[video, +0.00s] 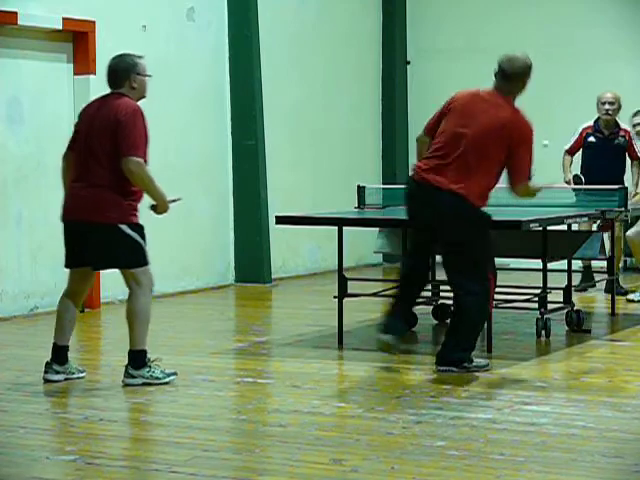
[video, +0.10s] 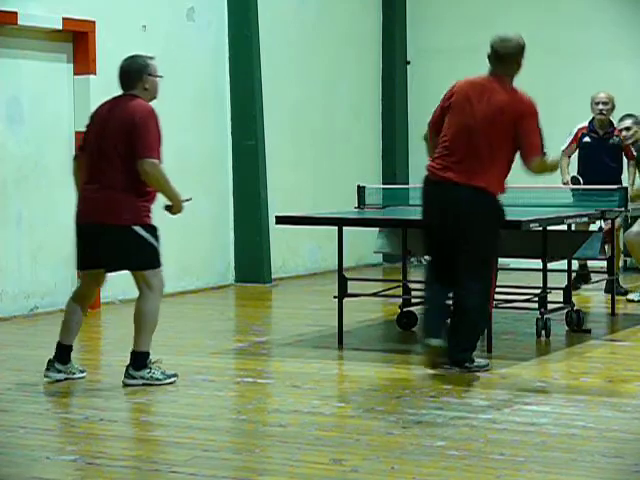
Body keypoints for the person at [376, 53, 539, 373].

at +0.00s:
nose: (521, 85)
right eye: (524, 80)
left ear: (495, 75)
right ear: (524, 83)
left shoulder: (462, 98)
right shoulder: (518, 125)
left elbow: (424, 139)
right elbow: (519, 187)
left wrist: (426, 177)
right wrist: (532, 190)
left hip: (421, 193)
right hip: (460, 206)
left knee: (419, 257)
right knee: (476, 282)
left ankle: (395, 325)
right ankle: (454, 357)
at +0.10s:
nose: (520, 66)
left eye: (516, 59)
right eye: (521, 61)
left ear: (490, 59)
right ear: (519, 63)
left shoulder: (462, 88)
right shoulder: (521, 105)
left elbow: (432, 133)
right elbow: (534, 163)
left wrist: (445, 168)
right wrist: (556, 162)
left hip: (437, 191)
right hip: (479, 199)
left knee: (440, 264)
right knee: (477, 276)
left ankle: (432, 335)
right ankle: (460, 356)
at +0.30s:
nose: (515, 59)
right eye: (516, 54)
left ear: (484, 57)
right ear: (515, 56)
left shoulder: (465, 96)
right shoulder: (527, 93)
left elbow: (454, 147)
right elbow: (546, 148)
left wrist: (490, 151)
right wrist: (565, 147)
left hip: (466, 199)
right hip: (511, 200)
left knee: (474, 281)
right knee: (514, 283)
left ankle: (472, 367)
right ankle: (488, 360)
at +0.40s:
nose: (511, 63)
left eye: (503, 57)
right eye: (521, 57)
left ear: (497, 59)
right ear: (528, 59)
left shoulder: (477, 99)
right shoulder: (542, 98)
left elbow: (463, 156)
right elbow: (561, 158)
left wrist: (497, 163)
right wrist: (553, 150)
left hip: (478, 203)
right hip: (526, 204)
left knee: (475, 285)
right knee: (545, 275)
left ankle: (474, 369)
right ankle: (533, 354)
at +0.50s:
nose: (539, 65)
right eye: (544, 58)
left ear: (516, 60)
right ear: (547, 61)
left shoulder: (492, 99)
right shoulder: (562, 101)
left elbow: (470, 157)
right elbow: (580, 159)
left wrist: (483, 190)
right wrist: (563, 177)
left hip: (492, 204)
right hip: (542, 207)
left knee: (477, 287)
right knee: (568, 281)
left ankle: (473, 370)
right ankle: (573, 352)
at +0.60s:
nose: (557, 69)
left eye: (547, 63)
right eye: (563, 63)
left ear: (538, 65)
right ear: (570, 67)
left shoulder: (513, 102)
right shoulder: (586, 106)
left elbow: (482, 156)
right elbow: (598, 169)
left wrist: (481, 206)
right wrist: (565, 183)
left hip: (514, 210)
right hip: (565, 214)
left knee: (489, 289)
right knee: (582, 293)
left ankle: (474, 368)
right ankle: (611, 365)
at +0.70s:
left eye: (571, 69)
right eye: (588, 71)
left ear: (562, 71)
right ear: (594, 74)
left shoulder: (537, 108)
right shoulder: (610, 115)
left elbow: (504, 160)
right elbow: (627, 175)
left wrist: (489, 212)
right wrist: (597, 193)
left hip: (535, 218)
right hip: (588, 221)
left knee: (506, 296)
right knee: (606, 304)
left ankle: (473, 369)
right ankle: (631, 389)